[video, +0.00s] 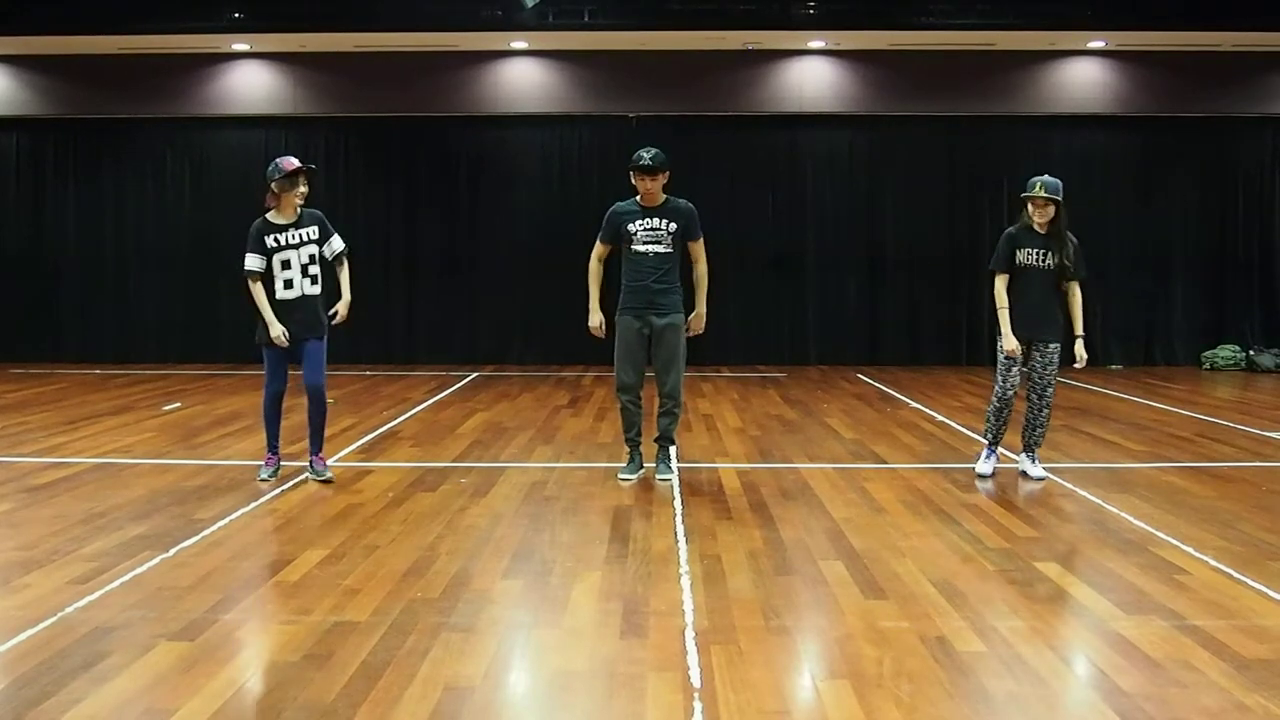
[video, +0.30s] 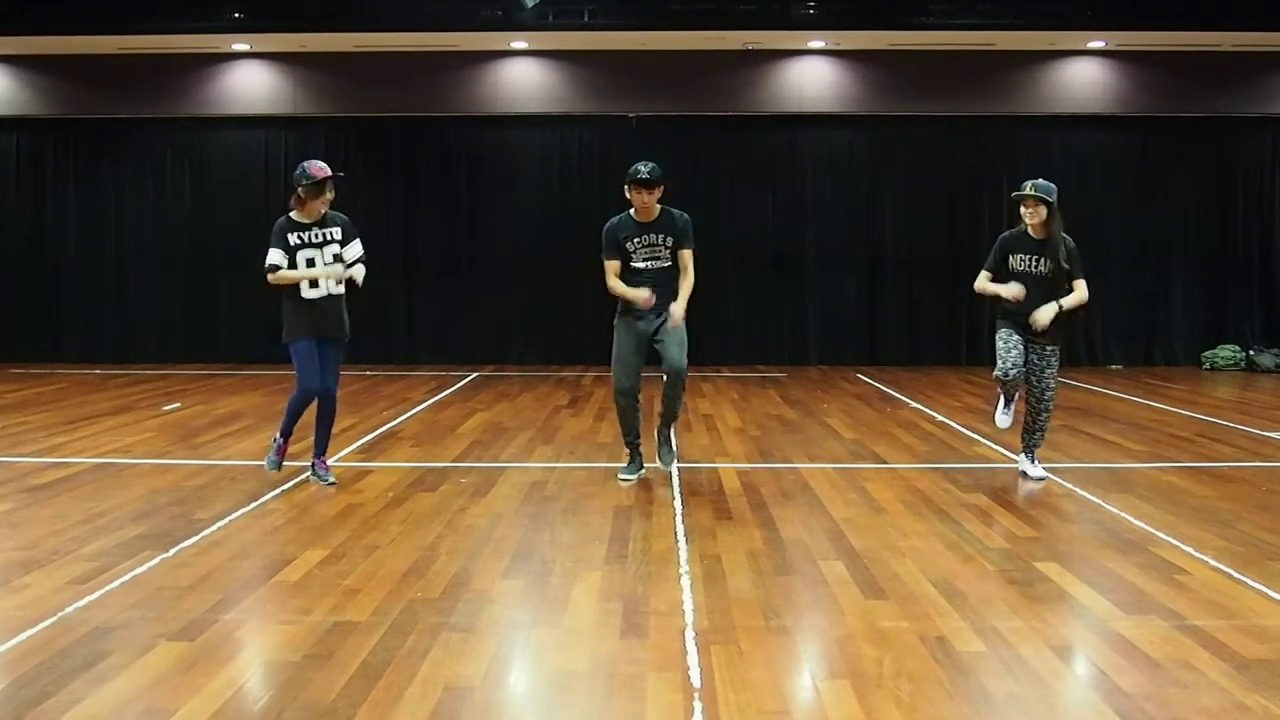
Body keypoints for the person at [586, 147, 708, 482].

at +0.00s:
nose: (646, 181)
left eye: (652, 174)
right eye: (640, 175)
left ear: (664, 176)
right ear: (633, 176)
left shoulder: (684, 212)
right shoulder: (619, 213)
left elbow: (698, 261)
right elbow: (597, 258)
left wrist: (700, 309)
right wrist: (594, 308)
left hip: (670, 314)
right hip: (629, 314)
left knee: (670, 388)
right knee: (627, 387)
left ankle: (665, 451)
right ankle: (633, 453)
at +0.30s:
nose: (644, 196)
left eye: (650, 189)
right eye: (638, 189)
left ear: (660, 190)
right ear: (628, 191)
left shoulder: (678, 223)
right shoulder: (615, 229)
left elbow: (687, 271)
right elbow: (611, 279)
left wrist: (679, 305)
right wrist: (632, 293)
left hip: (669, 313)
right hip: (630, 315)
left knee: (677, 367)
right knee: (623, 386)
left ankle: (666, 430)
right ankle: (633, 453)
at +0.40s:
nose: (647, 196)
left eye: (653, 189)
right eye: (640, 189)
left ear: (663, 191)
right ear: (631, 192)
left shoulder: (680, 223)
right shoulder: (617, 228)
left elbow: (687, 273)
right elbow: (617, 280)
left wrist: (671, 278)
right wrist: (644, 261)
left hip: (671, 308)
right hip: (632, 314)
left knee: (686, 349)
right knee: (624, 387)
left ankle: (670, 411)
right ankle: (633, 454)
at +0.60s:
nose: (659, 185)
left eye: (666, 179)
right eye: (653, 179)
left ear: (676, 182)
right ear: (643, 181)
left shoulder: (690, 218)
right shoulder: (628, 214)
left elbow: (688, 267)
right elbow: (624, 258)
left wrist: (667, 237)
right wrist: (648, 217)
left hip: (679, 315)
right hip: (637, 316)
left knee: (699, 377)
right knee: (630, 387)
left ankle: (689, 446)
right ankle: (634, 454)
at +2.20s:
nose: (681, 179)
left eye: (688, 173)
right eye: (676, 174)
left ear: (702, 180)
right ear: (669, 181)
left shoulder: (720, 219)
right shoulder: (657, 218)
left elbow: (721, 257)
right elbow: (659, 256)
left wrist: (695, 219)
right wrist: (678, 212)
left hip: (714, 311)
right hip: (673, 317)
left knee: (742, 354)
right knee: (671, 395)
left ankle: (722, 418)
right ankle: (677, 462)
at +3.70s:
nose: (701, 174)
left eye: (706, 168)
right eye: (694, 168)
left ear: (717, 171)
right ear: (683, 172)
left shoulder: (733, 207)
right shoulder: (673, 209)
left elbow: (742, 255)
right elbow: (661, 252)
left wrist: (715, 217)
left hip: (722, 312)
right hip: (682, 311)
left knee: (727, 391)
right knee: (665, 384)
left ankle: (723, 463)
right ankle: (677, 422)